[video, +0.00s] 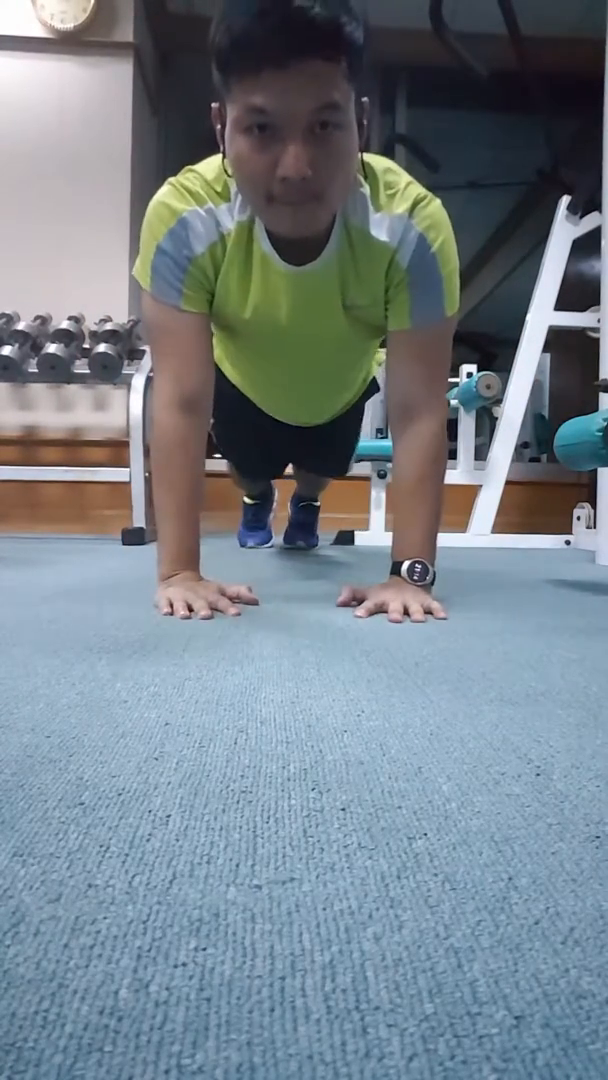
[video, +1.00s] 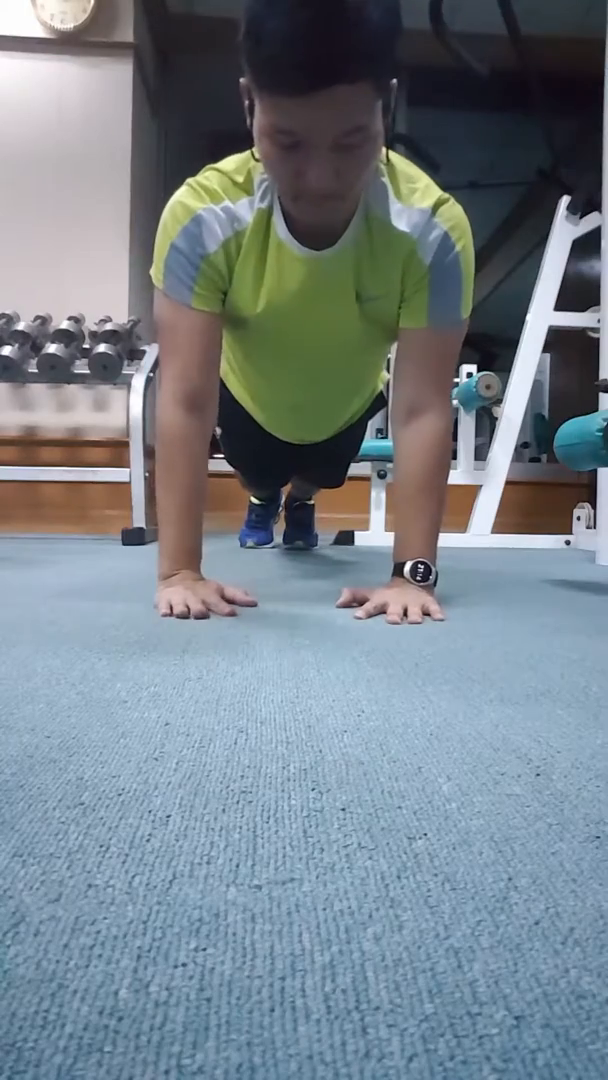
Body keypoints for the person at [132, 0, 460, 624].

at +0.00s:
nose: (296, 164)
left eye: (324, 126)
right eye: (262, 129)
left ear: (361, 123)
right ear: (221, 128)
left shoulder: (412, 226)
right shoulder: (184, 216)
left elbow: (420, 413)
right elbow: (179, 403)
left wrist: (412, 574)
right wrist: (179, 572)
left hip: (339, 390)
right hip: (242, 383)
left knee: (317, 467)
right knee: (249, 464)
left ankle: (304, 506)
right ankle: (257, 501)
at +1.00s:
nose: (320, 176)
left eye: (350, 143)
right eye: (289, 143)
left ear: (388, 108)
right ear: (251, 108)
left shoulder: (430, 230)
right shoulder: (203, 217)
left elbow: (425, 409)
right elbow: (184, 402)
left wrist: (414, 574)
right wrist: (179, 572)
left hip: (345, 411)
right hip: (248, 404)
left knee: (316, 475)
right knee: (260, 473)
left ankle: (300, 502)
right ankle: (267, 500)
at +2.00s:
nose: (306, 569)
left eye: (345, 537)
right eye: (267, 535)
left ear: (385, 477)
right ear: (215, 468)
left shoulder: (439, 468)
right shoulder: (159, 456)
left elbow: (493, 443)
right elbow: (88, 440)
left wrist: (423, 576)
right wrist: (172, 576)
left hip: (374, 570)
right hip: (228, 570)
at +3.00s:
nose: (307, 254)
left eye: (341, 211)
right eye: (272, 211)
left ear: (381, 195)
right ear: (225, 195)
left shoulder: (428, 298)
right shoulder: (177, 282)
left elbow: (462, 444)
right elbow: (126, 431)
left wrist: (416, 574)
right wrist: (168, 574)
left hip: (338, 489)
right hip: (236, 489)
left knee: (316, 516)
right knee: (249, 521)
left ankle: (303, 530)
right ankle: (260, 528)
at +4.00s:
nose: (323, 151)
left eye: (352, 118)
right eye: (291, 121)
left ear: (390, 126)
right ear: (244, 135)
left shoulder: (439, 243)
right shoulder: (198, 249)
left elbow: (464, 418)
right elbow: (136, 419)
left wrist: (416, 576)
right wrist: (169, 576)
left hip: (351, 457)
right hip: (250, 455)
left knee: (320, 499)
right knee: (257, 495)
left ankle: (303, 519)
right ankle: (262, 517)